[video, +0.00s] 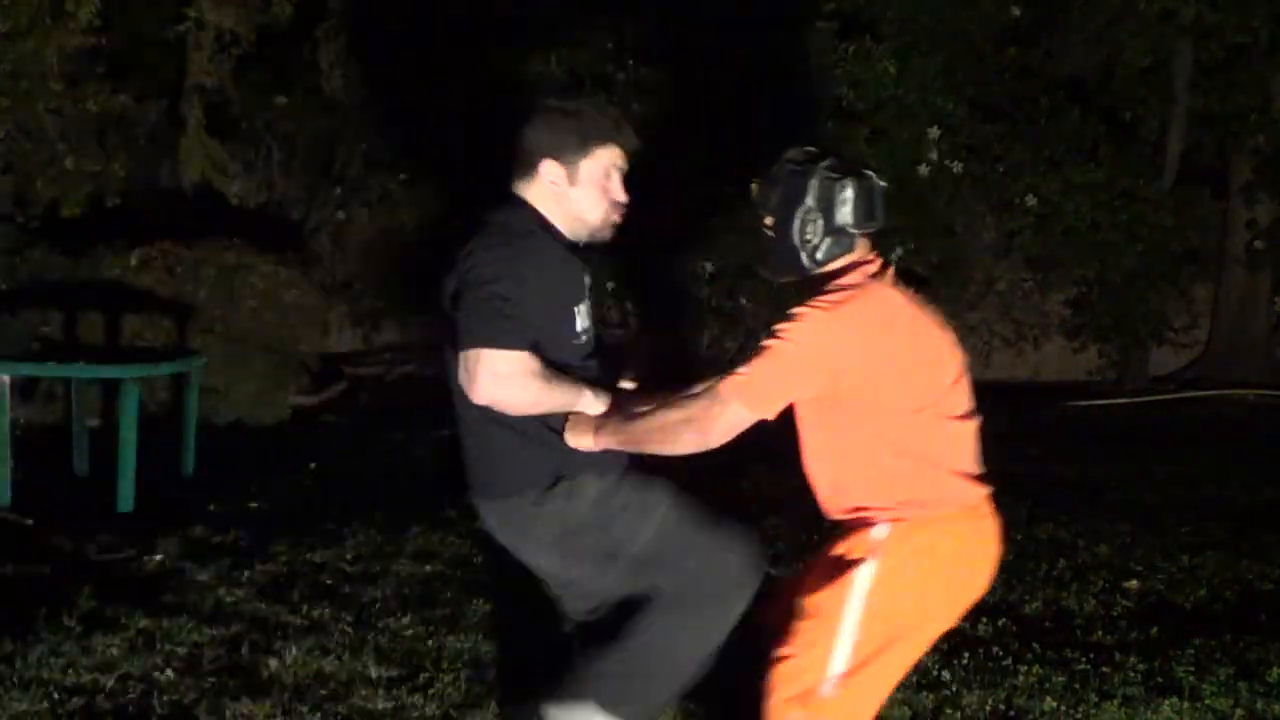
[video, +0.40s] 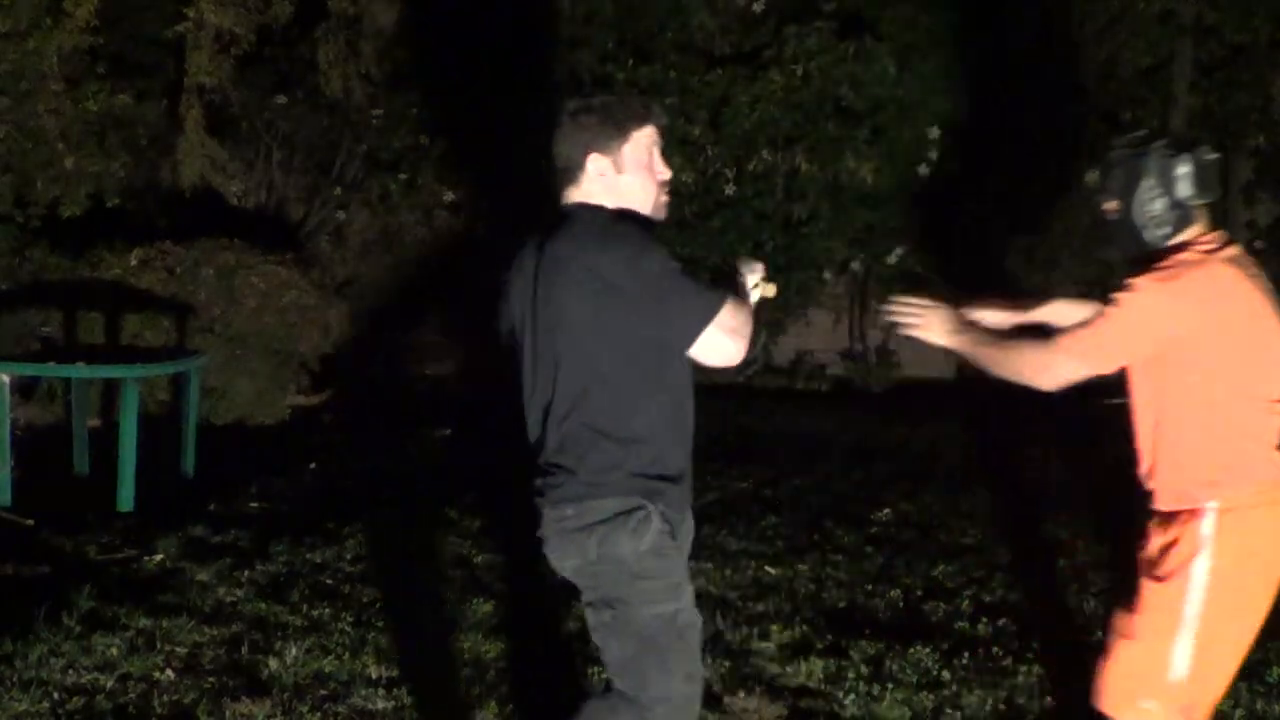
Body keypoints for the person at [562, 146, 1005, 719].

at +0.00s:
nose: (766, 231)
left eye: (775, 220)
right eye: (768, 217)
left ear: (806, 233)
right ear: (855, 231)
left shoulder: (828, 326)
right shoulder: (893, 304)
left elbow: (710, 424)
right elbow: (732, 396)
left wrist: (603, 433)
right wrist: (638, 411)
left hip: (909, 540)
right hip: (948, 529)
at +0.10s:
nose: (822, 255)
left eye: (829, 242)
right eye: (824, 241)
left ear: (858, 248)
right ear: (913, 238)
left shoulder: (881, 329)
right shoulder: (976, 309)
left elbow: (768, 403)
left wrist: (650, 422)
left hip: (993, 531)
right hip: (1055, 517)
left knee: (912, 685)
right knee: (948, 691)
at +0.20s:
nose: (925, 257)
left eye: (934, 244)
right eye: (925, 243)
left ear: (966, 248)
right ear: (1008, 239)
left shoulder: (993, 323)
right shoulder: (1070, 311)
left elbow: (864, 375)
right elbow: (875, 350)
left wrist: (742, 376)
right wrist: (754, 353)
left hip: (1084, 542)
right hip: (1127, 532)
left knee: (996, 705)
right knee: (1039, 701)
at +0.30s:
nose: (1019, 254)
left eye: (1028, 239)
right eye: (1020, 238)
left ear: (1057, 243)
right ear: (1100, 233)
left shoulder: (1085, 318)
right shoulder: (1136, 300)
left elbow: (953, 365)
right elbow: (976, 336)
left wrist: (847, 337)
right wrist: (858, 322)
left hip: (1161, 535)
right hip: (1190, 526)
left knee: (1044, 696)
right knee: (1089, 698)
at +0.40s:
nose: (1109, 219)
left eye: (1118, 206)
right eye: (1109, 205)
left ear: (1149, 212)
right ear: (1185, 205)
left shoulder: (1171, 297)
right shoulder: (1224, 275)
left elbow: (1052, 368)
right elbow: (1115, 321)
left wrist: (955, 337)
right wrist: (1022, 317)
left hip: (1214, 530)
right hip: (1244, 521)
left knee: (1138, 698)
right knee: (1164, 697)